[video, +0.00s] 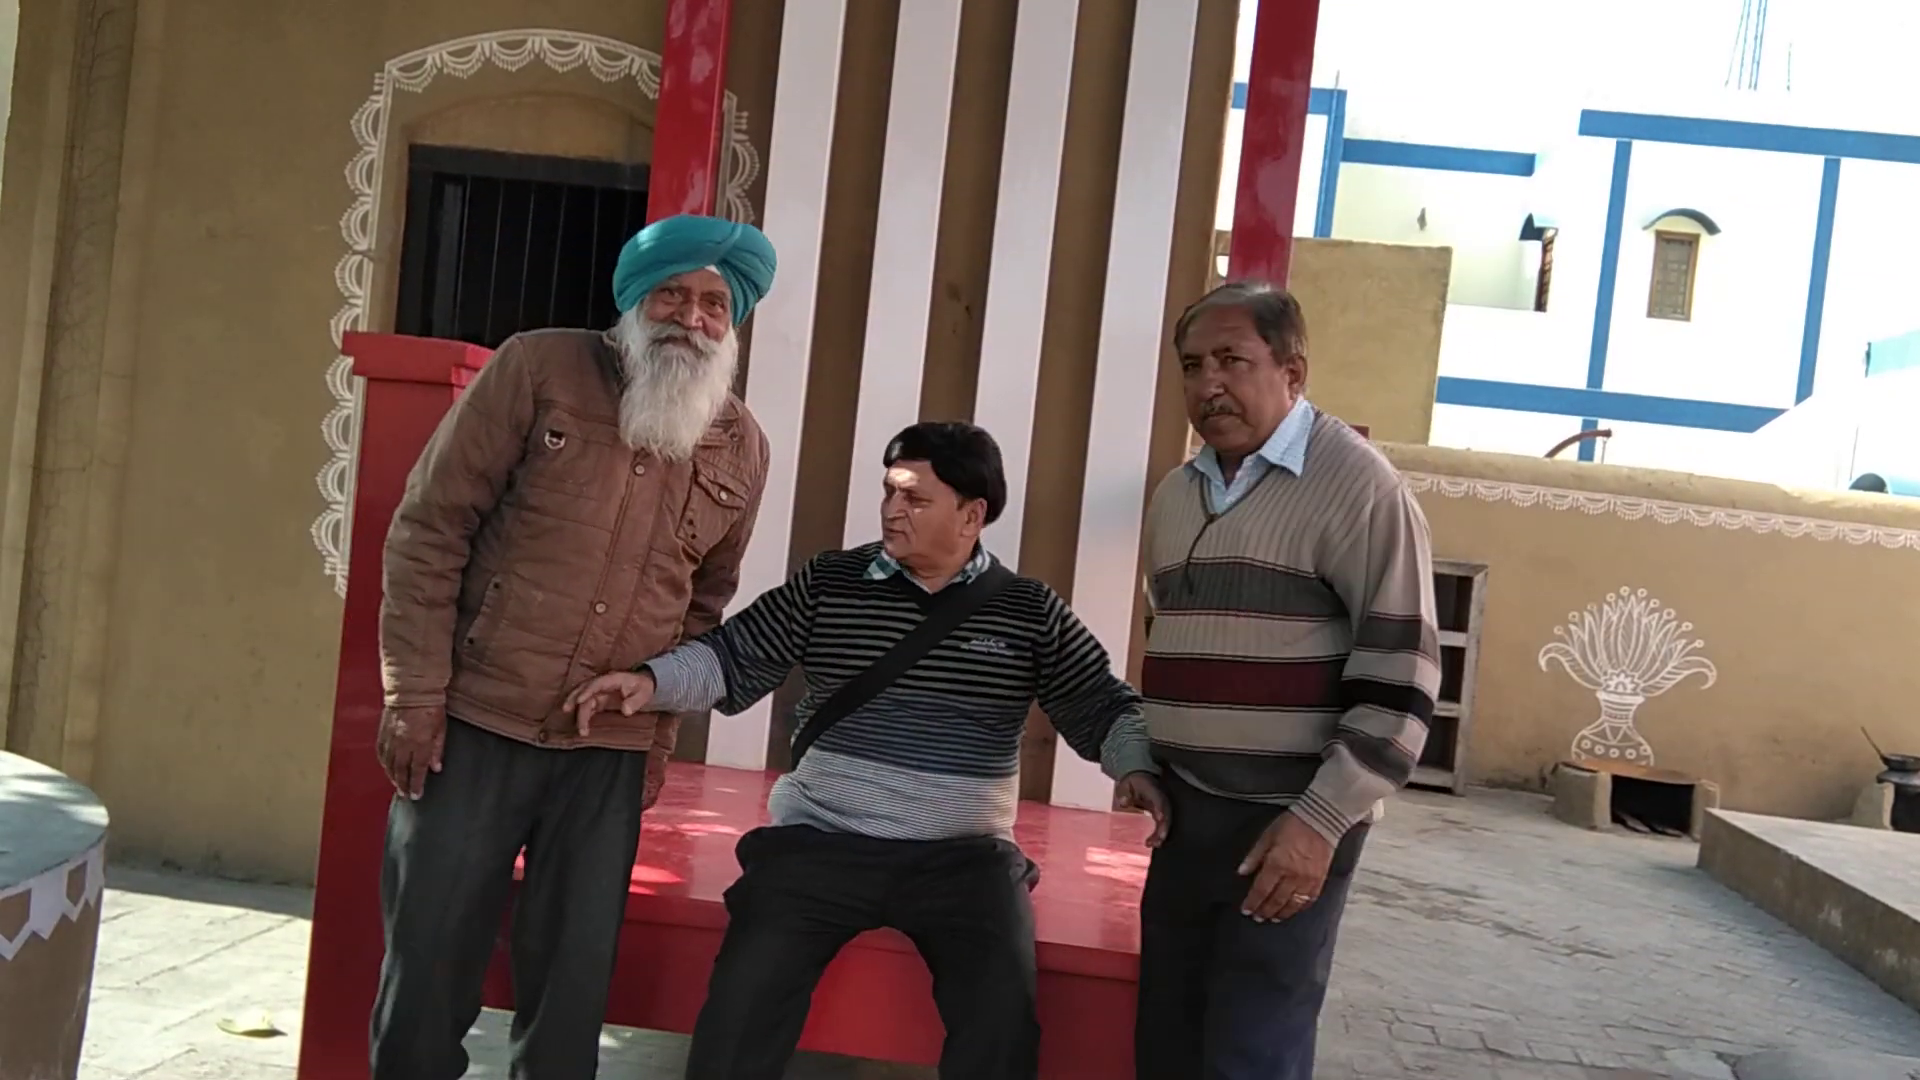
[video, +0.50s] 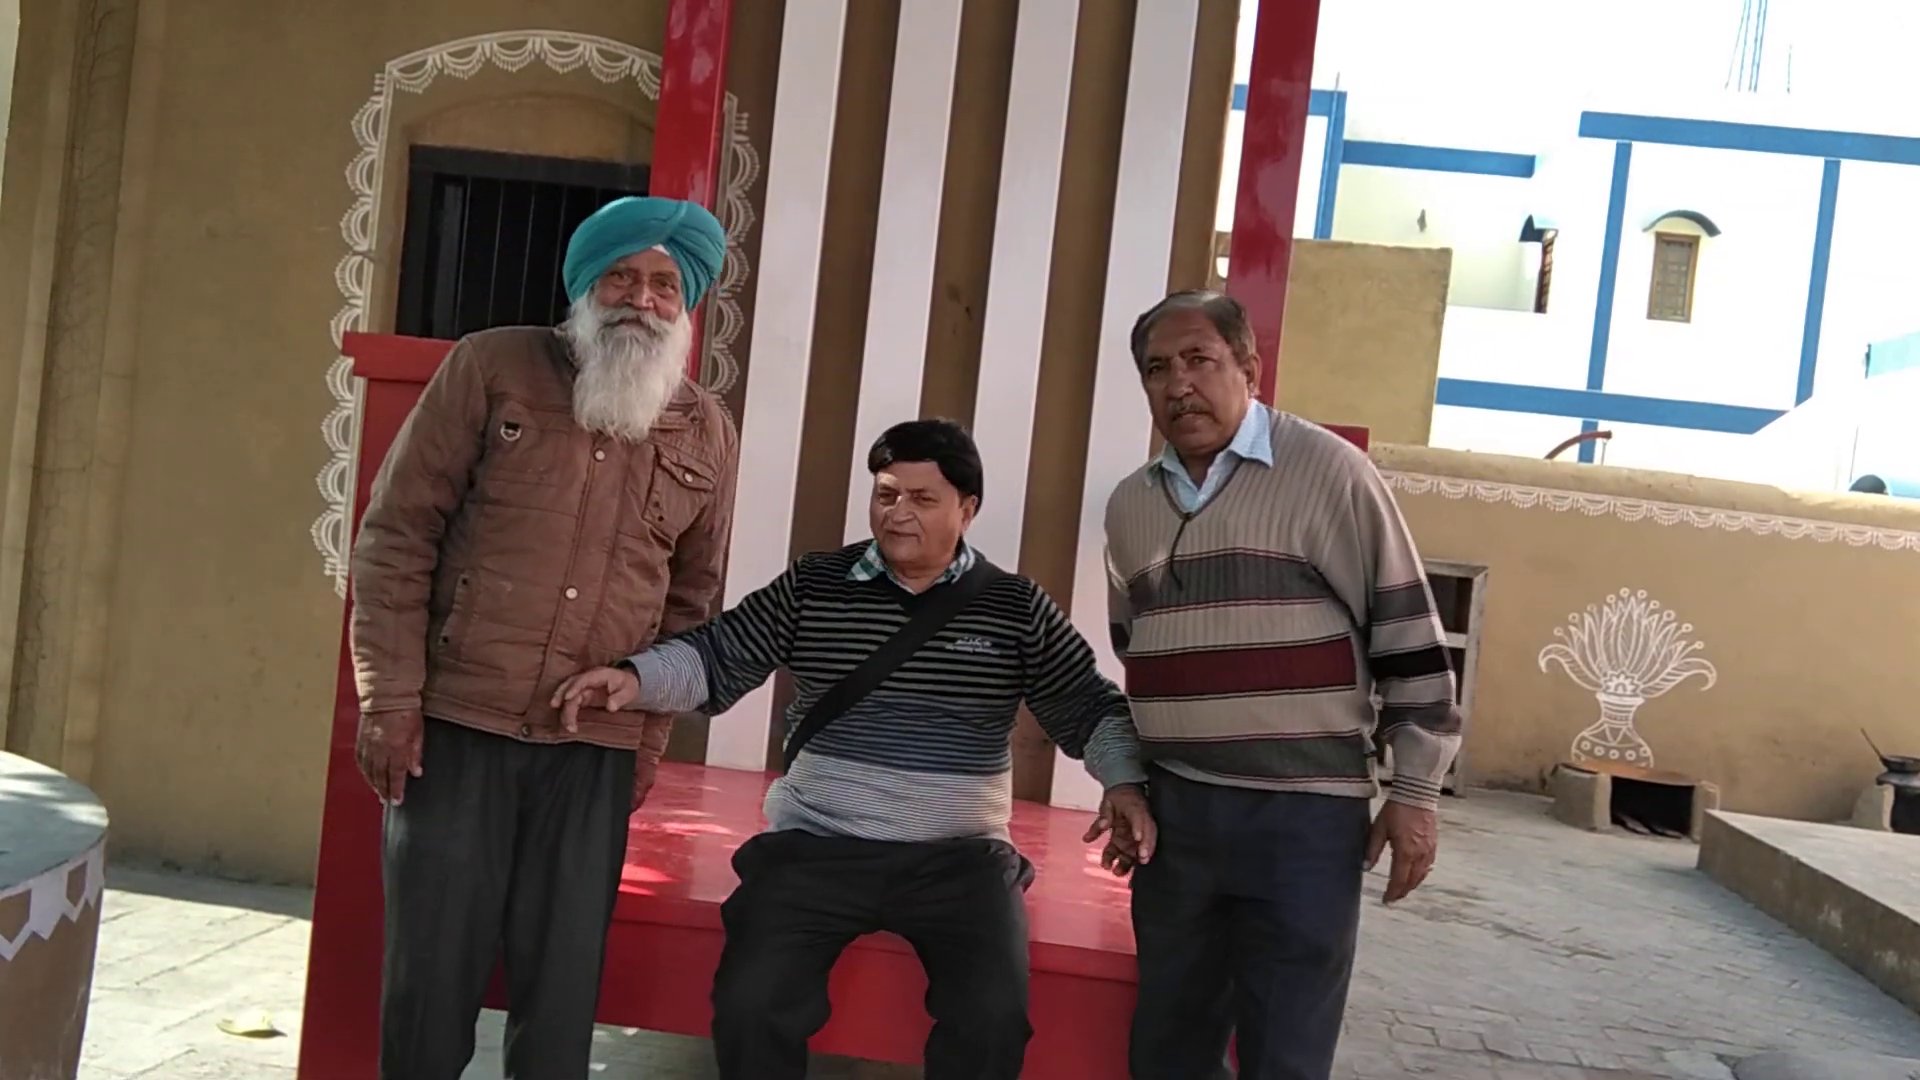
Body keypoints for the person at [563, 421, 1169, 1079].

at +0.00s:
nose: (893, 509)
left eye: (916, 497)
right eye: (890, 493)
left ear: (974, 516)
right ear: (881, 499)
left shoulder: (1028, 611)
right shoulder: (829, 587)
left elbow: (1101, 703)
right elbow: (734, 653)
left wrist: (1135, 766)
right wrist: (648, 684)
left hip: (960, 849)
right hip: (815, 836)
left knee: (1003, 1003)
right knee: (743, 1001)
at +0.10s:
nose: (883, 513)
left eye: (903, 499)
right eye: (881, 496)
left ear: (966, 516)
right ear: (877, 500)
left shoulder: (1024, 609)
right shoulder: (827, 585)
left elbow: (1098, 703)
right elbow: (732, 651)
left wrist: (1131, 772)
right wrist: (649, 683)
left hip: (962, 852)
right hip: (816, 840)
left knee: (1001, 1007)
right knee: (749, 995)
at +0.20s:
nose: (880, 515)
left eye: (900, 501)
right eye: (877, 498)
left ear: (962, 516)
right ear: (872, 501)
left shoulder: (1020, 608)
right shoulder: (824, 586)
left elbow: (1095, 702)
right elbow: (728, 651)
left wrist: (1128, 776)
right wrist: (645, 682)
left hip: (962, 853)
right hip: (814, 842)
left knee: (998, 1010)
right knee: (752, 997)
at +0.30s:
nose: (879, 515)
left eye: (901, 501)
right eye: (875, 498)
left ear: (961, 517)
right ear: (868, 501)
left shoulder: (1017, 609)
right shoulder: (819, 588)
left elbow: (1093, 704)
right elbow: (724, 651)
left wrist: (1127, 779)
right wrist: (639, 681)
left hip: (960, 854)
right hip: (814, 843)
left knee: (995, 1014)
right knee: (751, 1003)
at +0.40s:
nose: (884, 514)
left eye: (907, 500)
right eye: (877, 496)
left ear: (962, 514)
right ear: (867, 501)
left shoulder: (1015, 608)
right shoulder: (817, 587)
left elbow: (1089, 704)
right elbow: (722, 650)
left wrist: (1124, 785)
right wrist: (635, 680)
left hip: (959, 853)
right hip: (813, 843)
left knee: (992, 1012)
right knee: (752, 1004)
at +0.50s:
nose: (898, 511)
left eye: (922, 498)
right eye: (885, 494)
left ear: (967, 511)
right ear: (871, 501)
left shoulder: (1014, 607)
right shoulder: (815, 586)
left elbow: (1091, 704)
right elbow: (720, 651)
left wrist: (1126, 787)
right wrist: (632, 682)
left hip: (959, 853)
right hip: (813, 843)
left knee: (993, 1016)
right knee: (752, 1008)